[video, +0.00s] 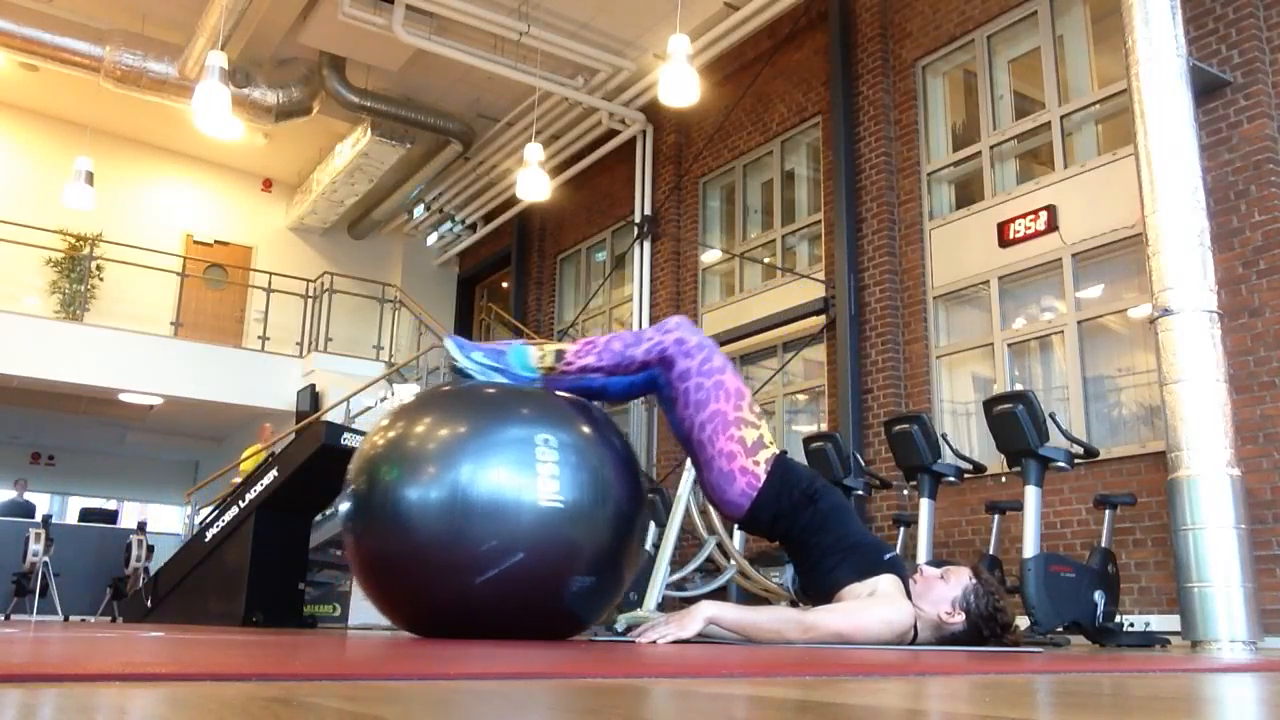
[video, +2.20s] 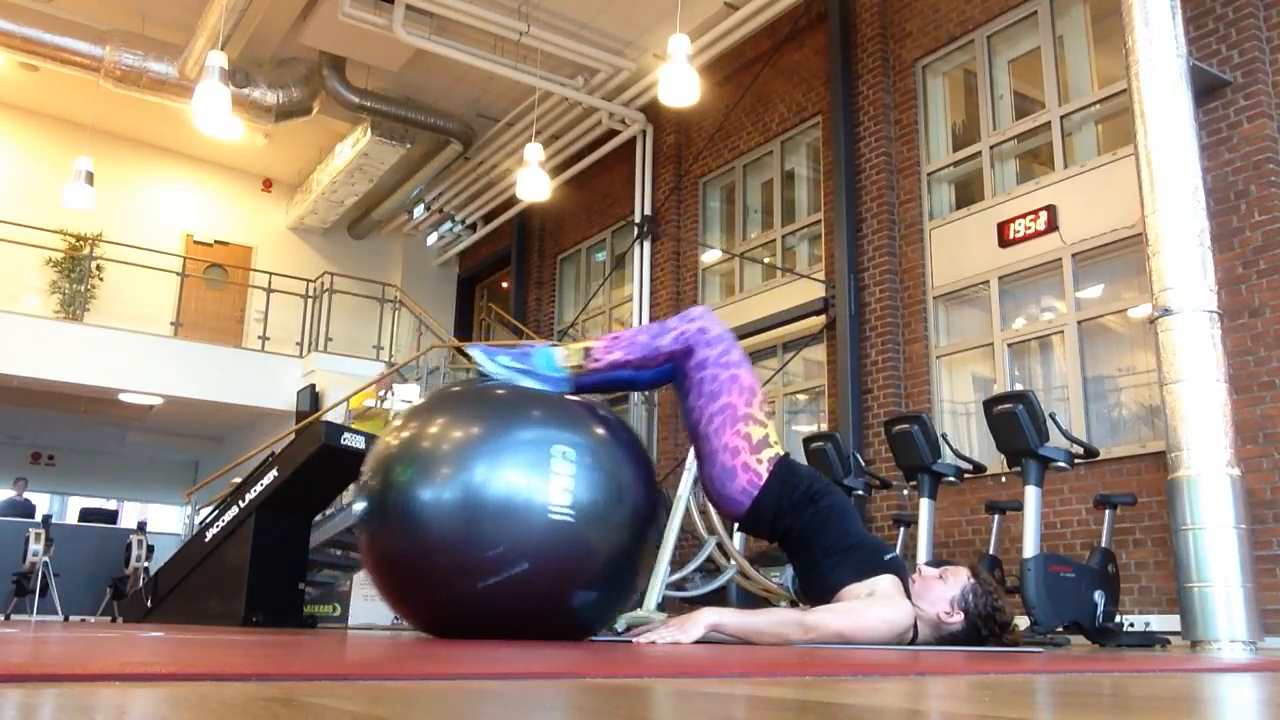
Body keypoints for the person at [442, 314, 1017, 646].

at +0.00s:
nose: (937, 569)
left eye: (949, 582)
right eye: (950, 569)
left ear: (946, 617)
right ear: (943, 603)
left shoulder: (893, 607)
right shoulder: (891, 593)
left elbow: (806, 626)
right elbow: (804, 620)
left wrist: (705, 613)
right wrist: (714, 617)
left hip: (751, 483)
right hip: (765, 472)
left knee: (679, 333)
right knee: (683, 345)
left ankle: (530, 364)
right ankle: (553, 386)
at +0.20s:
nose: (939, 566)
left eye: (949, 579)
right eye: (950, 568)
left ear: (945, 614)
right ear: (937, 582)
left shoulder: (893, 614)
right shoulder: (897, 600)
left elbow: (798, 628)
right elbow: (797, 627)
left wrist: (707, 616)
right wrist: (713, 617)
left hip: (758, 476)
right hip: (774, 469)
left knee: (745, 316)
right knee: (748, 317)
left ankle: (608, 364)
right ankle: (616, 375)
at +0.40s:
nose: (933, 567)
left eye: (945, 577)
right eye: (946, 569)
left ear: (947, 613)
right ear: (945, 612)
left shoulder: (894, 614)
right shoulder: (902, 606)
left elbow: (800, 626)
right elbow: (805, 623)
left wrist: (712, 615)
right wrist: (717, 622)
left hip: (779, 459)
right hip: (800, 460)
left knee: (808, 298)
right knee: (804, 319)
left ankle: (673, 361)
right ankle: (684, 370)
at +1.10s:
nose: (940, 564)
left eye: (950, 578)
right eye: (951, 567)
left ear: (946, 615)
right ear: (940, 583)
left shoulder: (894, 614)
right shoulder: (900, 595)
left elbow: (800, 626)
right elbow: (799, 625)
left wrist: (710, 616)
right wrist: (710, 615)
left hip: (769, 469)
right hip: (791, 463)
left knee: (754, 305)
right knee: (757, 316)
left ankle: (621, 365)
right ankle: (626, 372)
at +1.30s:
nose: (935, 569)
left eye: (946, 580)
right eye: (948, 569)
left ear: (945, 617)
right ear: (945, 602)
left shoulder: (891, 611)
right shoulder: (897, 596)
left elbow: (803, 628)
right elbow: (808, 623)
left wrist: (708, 613)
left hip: (762, 476)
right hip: (780, 465)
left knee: (698, 323)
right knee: (705, 330)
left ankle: (557, 364)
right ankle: (574, 372)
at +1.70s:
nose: (936, 568)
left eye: (949, 581)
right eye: (949, 569)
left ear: (945, 618)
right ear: (942, 604)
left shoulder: (892, 610)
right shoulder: (890, 594)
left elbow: (805, 625)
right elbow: (802, 622)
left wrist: (711, 618)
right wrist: (713, 622)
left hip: (751, 484)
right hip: (764, 470)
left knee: (642, 376)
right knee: (648, 379)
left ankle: (488, 364)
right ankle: (514, 384)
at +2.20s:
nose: (936, 569)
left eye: (946, 580)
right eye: (949, 570)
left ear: (944, 615)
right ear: (943, 604)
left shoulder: (890, 610)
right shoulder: (893, 596)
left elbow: (804, 630)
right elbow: (806, 623)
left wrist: (709, 616)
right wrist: (714, 617)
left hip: (749, 482)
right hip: (763, 471)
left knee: (699, 325)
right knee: (701, 333)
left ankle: (557, 368)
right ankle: (565, 373)